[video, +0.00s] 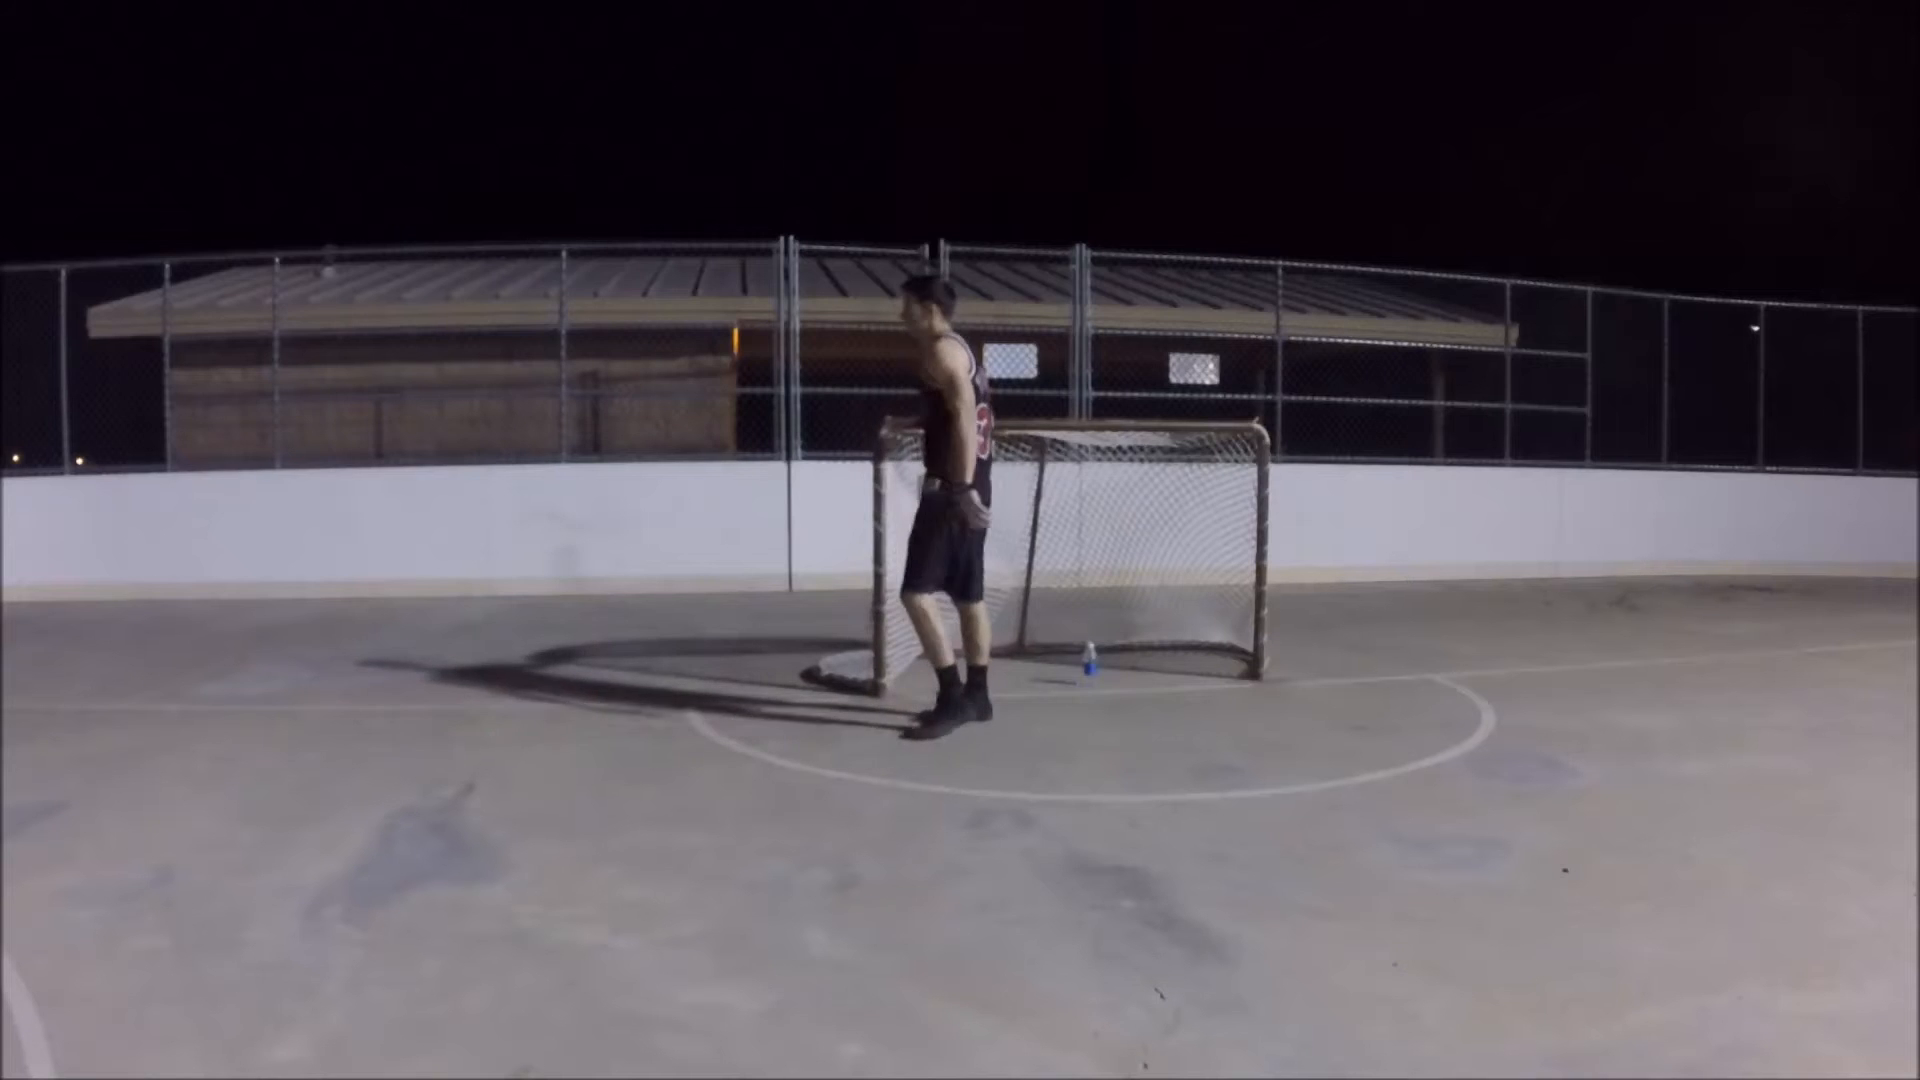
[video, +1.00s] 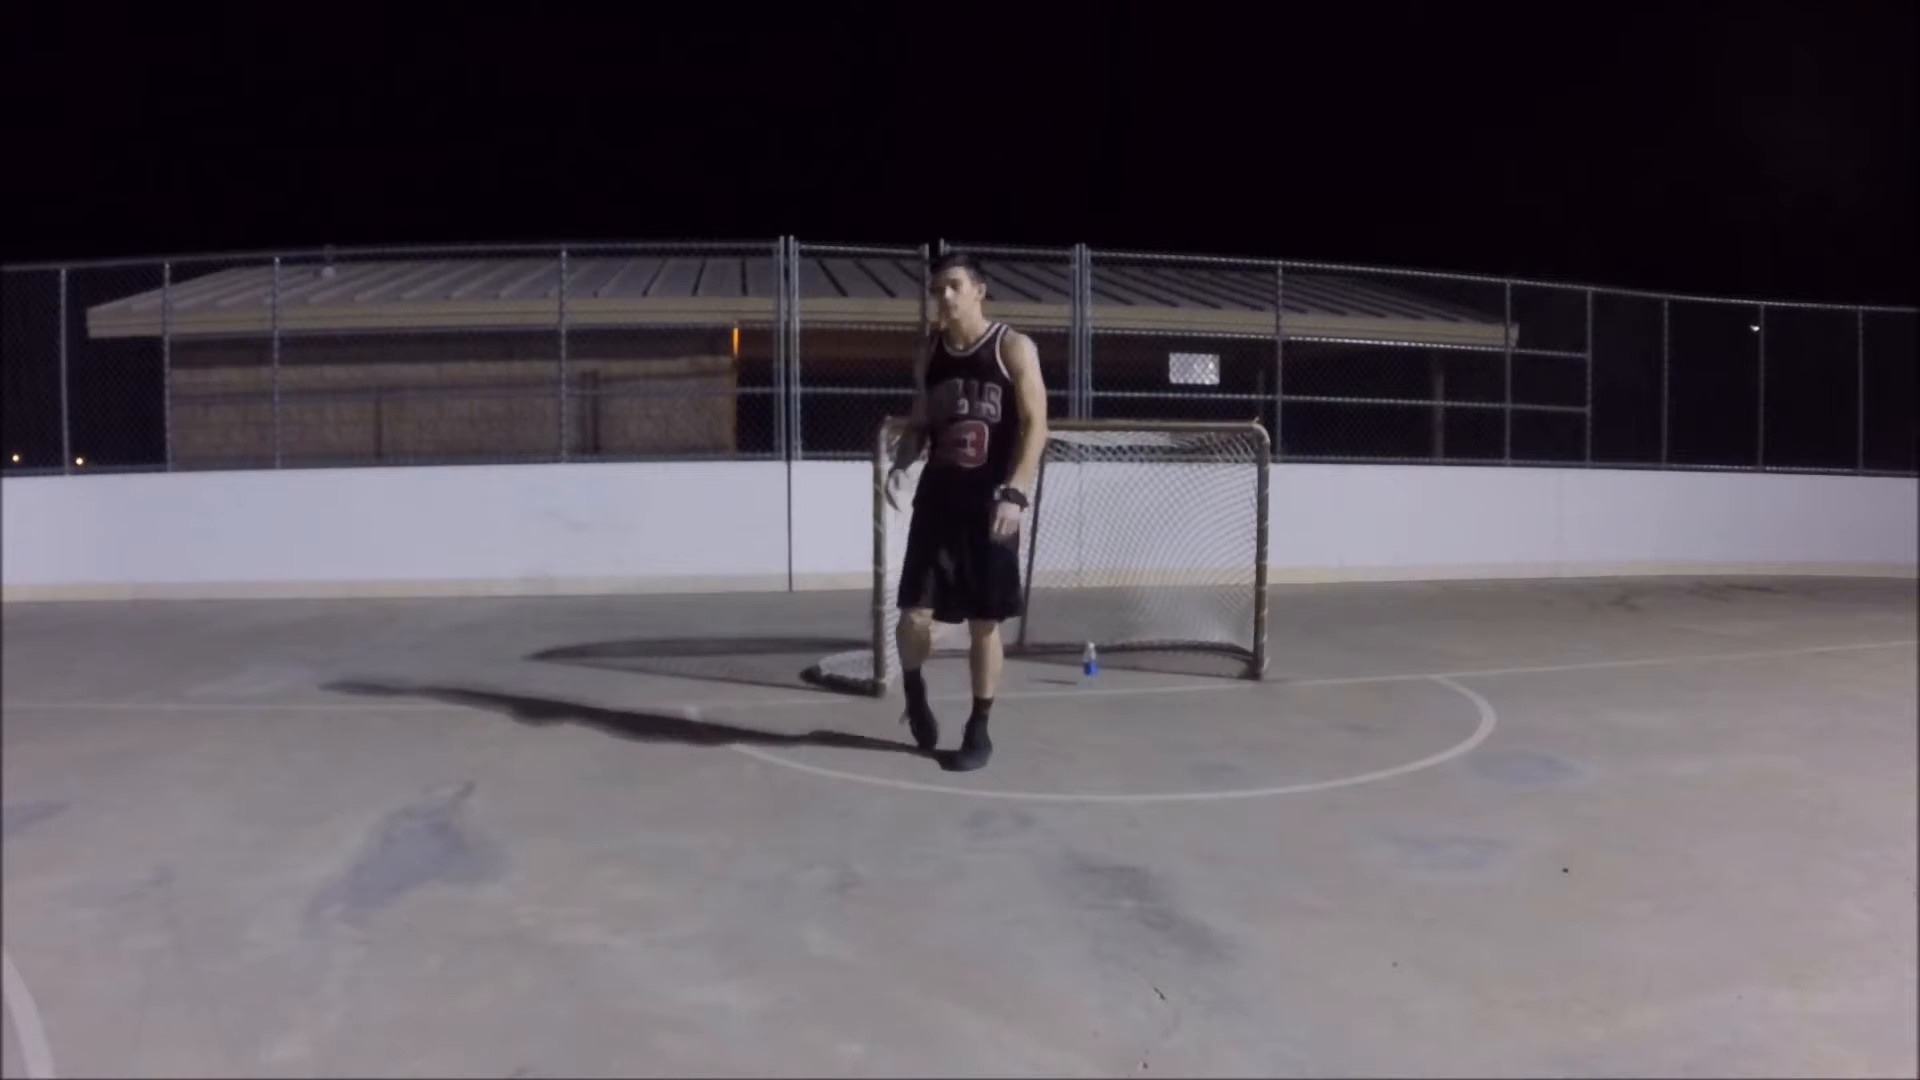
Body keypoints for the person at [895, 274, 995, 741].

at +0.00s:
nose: (903, 317)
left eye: (907, 308)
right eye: (904, 307)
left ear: (931, 310)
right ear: (937, 311)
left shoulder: (942, 352)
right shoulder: (958, 349)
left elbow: (964, 417)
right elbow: (949, 416)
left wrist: (961, 486)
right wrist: (905, 424)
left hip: (947, 489)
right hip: (969, 488)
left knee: (915, 593)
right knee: (969, 594)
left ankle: (951, 697)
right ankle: (977, 695)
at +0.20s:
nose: (904, 322)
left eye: (910, 312)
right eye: (903, 313)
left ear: (938, 312)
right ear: (922, 314)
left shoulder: (955, 354)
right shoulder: (937, 355)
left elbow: (990, 419)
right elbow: (945, 419)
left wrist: (980, 487)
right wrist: (903, 424)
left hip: (962, 488)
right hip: (962, 485)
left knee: (933, 590)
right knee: (967, 593)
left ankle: (961, 699)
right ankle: (974, 696)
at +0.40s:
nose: (909, 318)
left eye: (917, 310)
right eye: (908, 310)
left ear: (946, 312)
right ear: (921, 316)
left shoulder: (963, 357)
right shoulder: (937, 359)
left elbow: (1003, 425)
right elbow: (946, 422)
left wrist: (997, 497)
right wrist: (904, 426)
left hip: (966, 495)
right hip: (949, 493)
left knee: (965, 600)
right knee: (961, 599)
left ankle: (964, 716)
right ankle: (974, 697)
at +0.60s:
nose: (920, 314)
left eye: (929, 307)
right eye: (919, 306)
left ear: (957, 312)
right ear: (923, 313)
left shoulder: (977, 362)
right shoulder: (935, 363)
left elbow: (1017, 433)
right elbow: (946, 425)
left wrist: (1010, 505)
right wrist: (906, 428)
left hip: (972, 501)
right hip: (940, 498)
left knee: (961, 610)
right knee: (954, 607)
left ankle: (976, 733)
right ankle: (970, 699)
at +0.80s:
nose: (934, 303)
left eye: (944, 294)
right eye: (930, 294)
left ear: (971, 301)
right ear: (927, 304)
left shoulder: (997, 353)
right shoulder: (935, 358)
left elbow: (1025, 432)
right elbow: (935, 438)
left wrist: (1019, 508)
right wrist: (915, 499)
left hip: (980, 502)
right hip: (933, 500)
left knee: (972, 619)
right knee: (920, 606)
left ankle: (977, 732)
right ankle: (957, 675)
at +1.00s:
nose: (943, 296)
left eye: (953, 286)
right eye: (937, 289)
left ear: (979, 291)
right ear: (931, 298)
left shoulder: (1013, 347)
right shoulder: (930, 351)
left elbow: (1036, 424)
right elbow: (923, 423)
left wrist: (1016, 492)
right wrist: (900, 451)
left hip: (991, 499)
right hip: (938, 496)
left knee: (984, 621)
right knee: (914, 618)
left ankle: (977, 730)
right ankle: (914, 688)